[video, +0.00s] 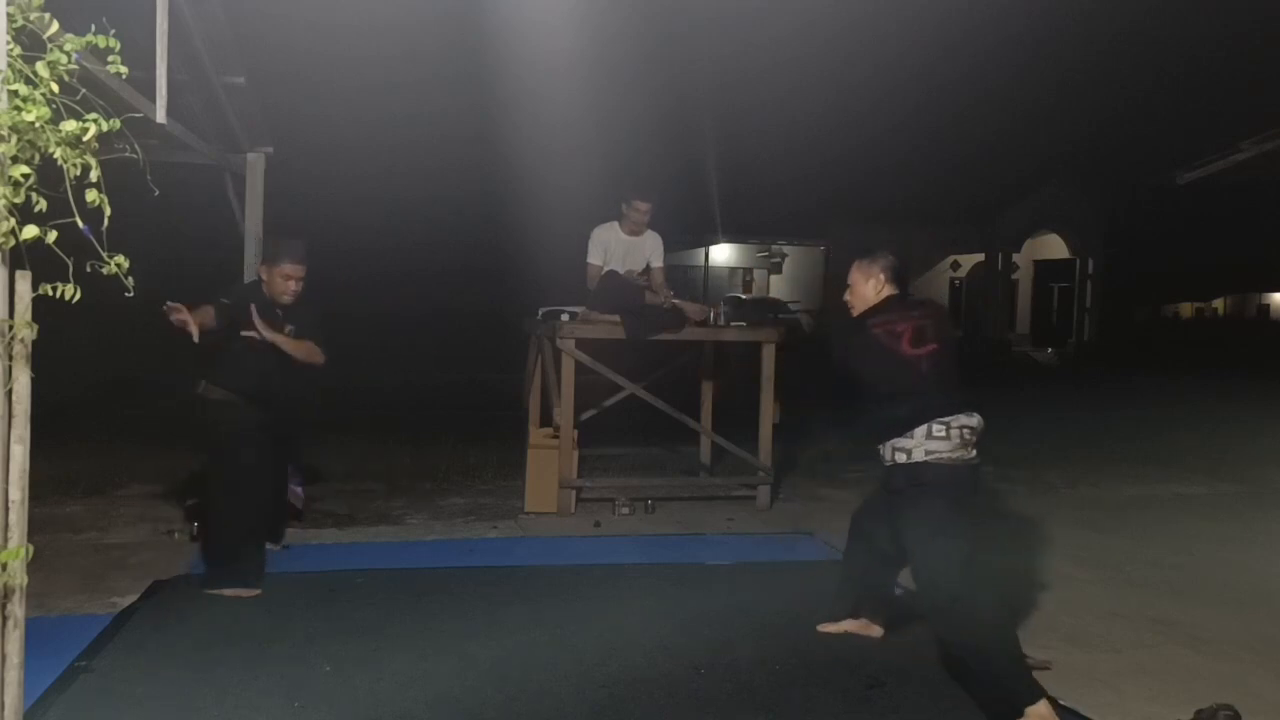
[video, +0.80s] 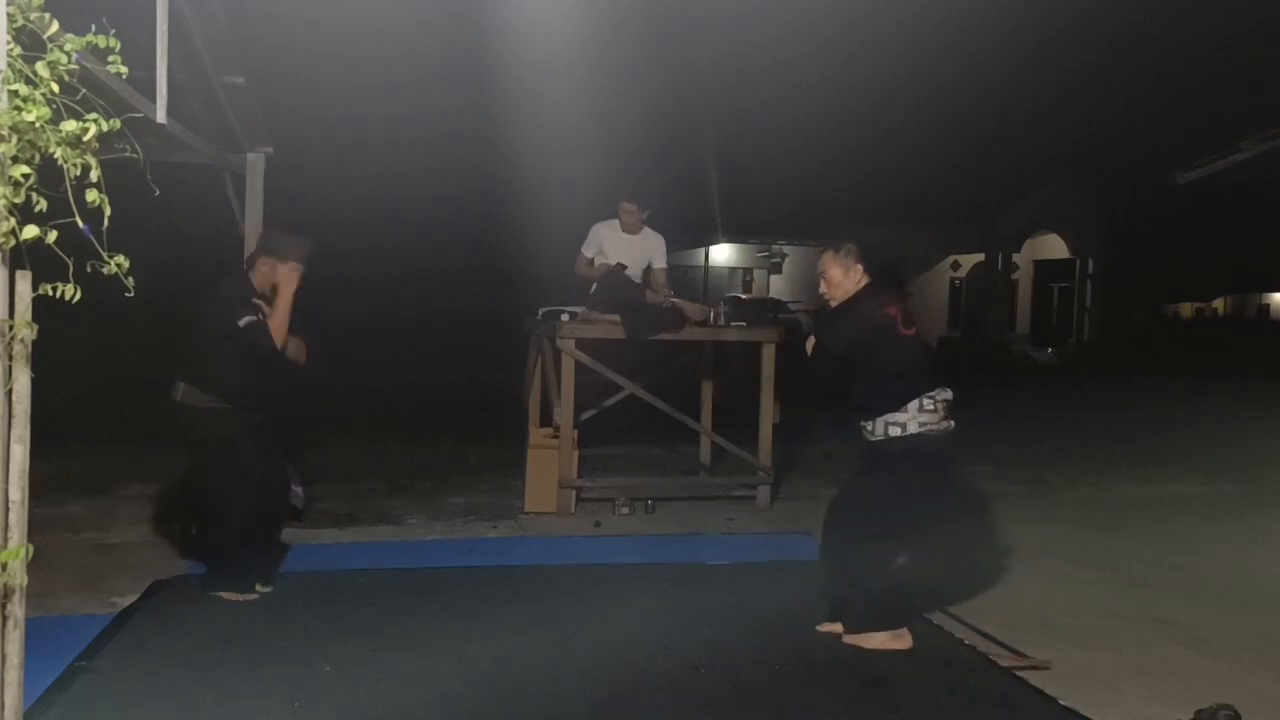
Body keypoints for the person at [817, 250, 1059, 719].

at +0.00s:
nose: (846, 295)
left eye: (852, 285)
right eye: (847, 285)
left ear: (878, 282)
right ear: (887, 282)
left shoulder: (864, 333)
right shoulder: (933, 318)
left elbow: (852, 409)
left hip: (923, 477)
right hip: (957, 472)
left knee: (954, 596)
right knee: (870, 524)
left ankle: (1030, 703)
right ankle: (867, 613)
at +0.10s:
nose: (846, 293)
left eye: (852, 283)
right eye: (848, 283)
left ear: (880, 282)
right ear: (887, 281)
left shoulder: (868, 333)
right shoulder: (932, 317)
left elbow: (852, 412)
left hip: (927, 476)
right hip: (962, 470)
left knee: (958, 595)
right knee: (871, 524)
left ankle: (1030, 703)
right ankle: (867, 613)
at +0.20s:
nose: (840, 292)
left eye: (846, 282)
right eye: (842, 282)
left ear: (876, 282)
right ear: (881, 281)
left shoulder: (870, 330)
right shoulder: (916, 313)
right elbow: (861, 329)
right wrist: (821, 342)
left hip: (927, 476)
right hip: (953, 467)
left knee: (958, 590)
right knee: (861, 520)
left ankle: (1032, 703)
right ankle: (864, 615)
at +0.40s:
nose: (830, 285)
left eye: (835, 275)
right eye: (830, 276)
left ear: (864, 274)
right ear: (868, 273)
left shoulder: (861, 322)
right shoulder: (897, 305)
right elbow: (827, 295)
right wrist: (780, 288)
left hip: (914, 459)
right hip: (931, 449)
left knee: (923, 575)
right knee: (851, 520)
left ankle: (995, 669)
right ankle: (864, 615)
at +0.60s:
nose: (817, 288)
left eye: (822, 279)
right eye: (816, 279)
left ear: (851, 274)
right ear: (854, 273)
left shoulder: (846, 324)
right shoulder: (883, 300)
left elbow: (804, 377)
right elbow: (879, 271)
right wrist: (855, 240)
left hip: (906, 455)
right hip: (914, 445)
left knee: (854, 532)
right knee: (843, 520)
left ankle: (894, 626)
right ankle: (851, 612)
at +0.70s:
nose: (818, 289)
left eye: (824, 279)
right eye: (817, 280)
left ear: (854, 273)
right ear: (857, 273)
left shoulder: (845, 323)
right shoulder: (881, 300)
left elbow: (810, 383)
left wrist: (809, 340)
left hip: (902, 452)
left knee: (848, 529)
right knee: (844, 524)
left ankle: (884, 624)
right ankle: (850, 614)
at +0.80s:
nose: (822, 289)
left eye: (828, 278)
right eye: (821, 279)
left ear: (857, 273)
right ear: (859, 275)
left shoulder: (852, 319)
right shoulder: (882, 303)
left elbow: (821, 379)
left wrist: (814, 349)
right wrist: (823, 337)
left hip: (905, 453)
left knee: (862, 530)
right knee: (846, 521)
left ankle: (888, 626)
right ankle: (853, 614)